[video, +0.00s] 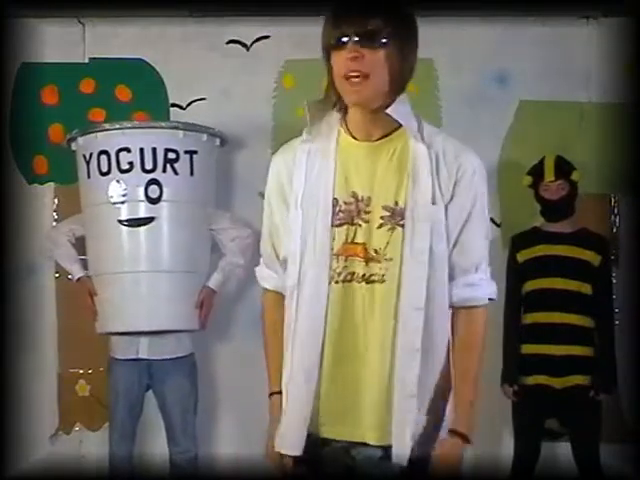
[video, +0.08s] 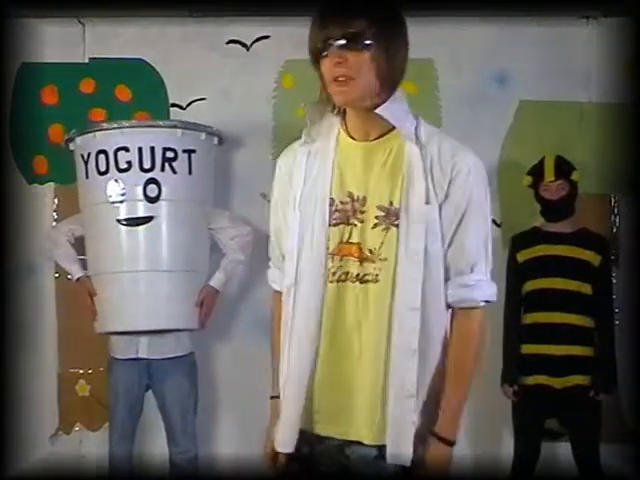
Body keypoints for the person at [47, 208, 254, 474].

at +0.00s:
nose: (146, 194)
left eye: (155, 188)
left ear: (169, 186)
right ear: (126, 188)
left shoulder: (192, 213)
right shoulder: (108, 215)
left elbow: (242, 238)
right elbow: (57, 234)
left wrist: (213, 286)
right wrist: (80, 276)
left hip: (175, 348)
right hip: (123, 349)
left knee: (184, 449)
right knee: (120, 450)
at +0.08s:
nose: (145, 194)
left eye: (154, 189)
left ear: (168, 186)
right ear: (125, 188)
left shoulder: (191, 212)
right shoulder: (108, 216)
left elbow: (242, 236)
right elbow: (56, 234)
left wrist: (216, 285)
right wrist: (79, 276)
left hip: (174, 347)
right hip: (123, 348)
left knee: (184, 449)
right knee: (119, 450)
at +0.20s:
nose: (143, 193)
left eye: (153, 187)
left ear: (165, 184)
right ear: (124, 187)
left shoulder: (188, 211)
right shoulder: (106, 215)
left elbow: (241, 235)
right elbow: (54, 234)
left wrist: (216, 284)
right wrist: (78, 277)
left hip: (174, 348)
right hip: (122, 350)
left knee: (183, 449)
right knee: (119, 451)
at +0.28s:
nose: (143, 192)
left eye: (152, 186)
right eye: (136, 187)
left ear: (164, 183)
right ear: (124, 186)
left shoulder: (188, 212)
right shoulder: (106, 216)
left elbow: (240, 235)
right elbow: (53, 233)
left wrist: (214, 283)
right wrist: (77, 277)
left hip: (173, 349)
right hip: (122, 351)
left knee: (183, 450)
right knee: (119, 451)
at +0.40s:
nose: (143, 193)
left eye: (151, 187)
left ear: (163, 184)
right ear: (124, 187)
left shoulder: (187, 211)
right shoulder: (106, 216)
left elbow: (239, 235)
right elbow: (54, 233)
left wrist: (214, 286)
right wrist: (77, 278)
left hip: (172, 349)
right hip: (121, 351)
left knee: (182, 450)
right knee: (118, 451)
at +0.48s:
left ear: (165, 187)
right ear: (122, 189)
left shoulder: (184, 211)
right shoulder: (106, 215)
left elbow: (235, 234)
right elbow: (53, 235)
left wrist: (212, 282)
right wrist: (76, 277)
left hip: (172, 348)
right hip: (121, 351)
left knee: (182, 450)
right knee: (118, 451)